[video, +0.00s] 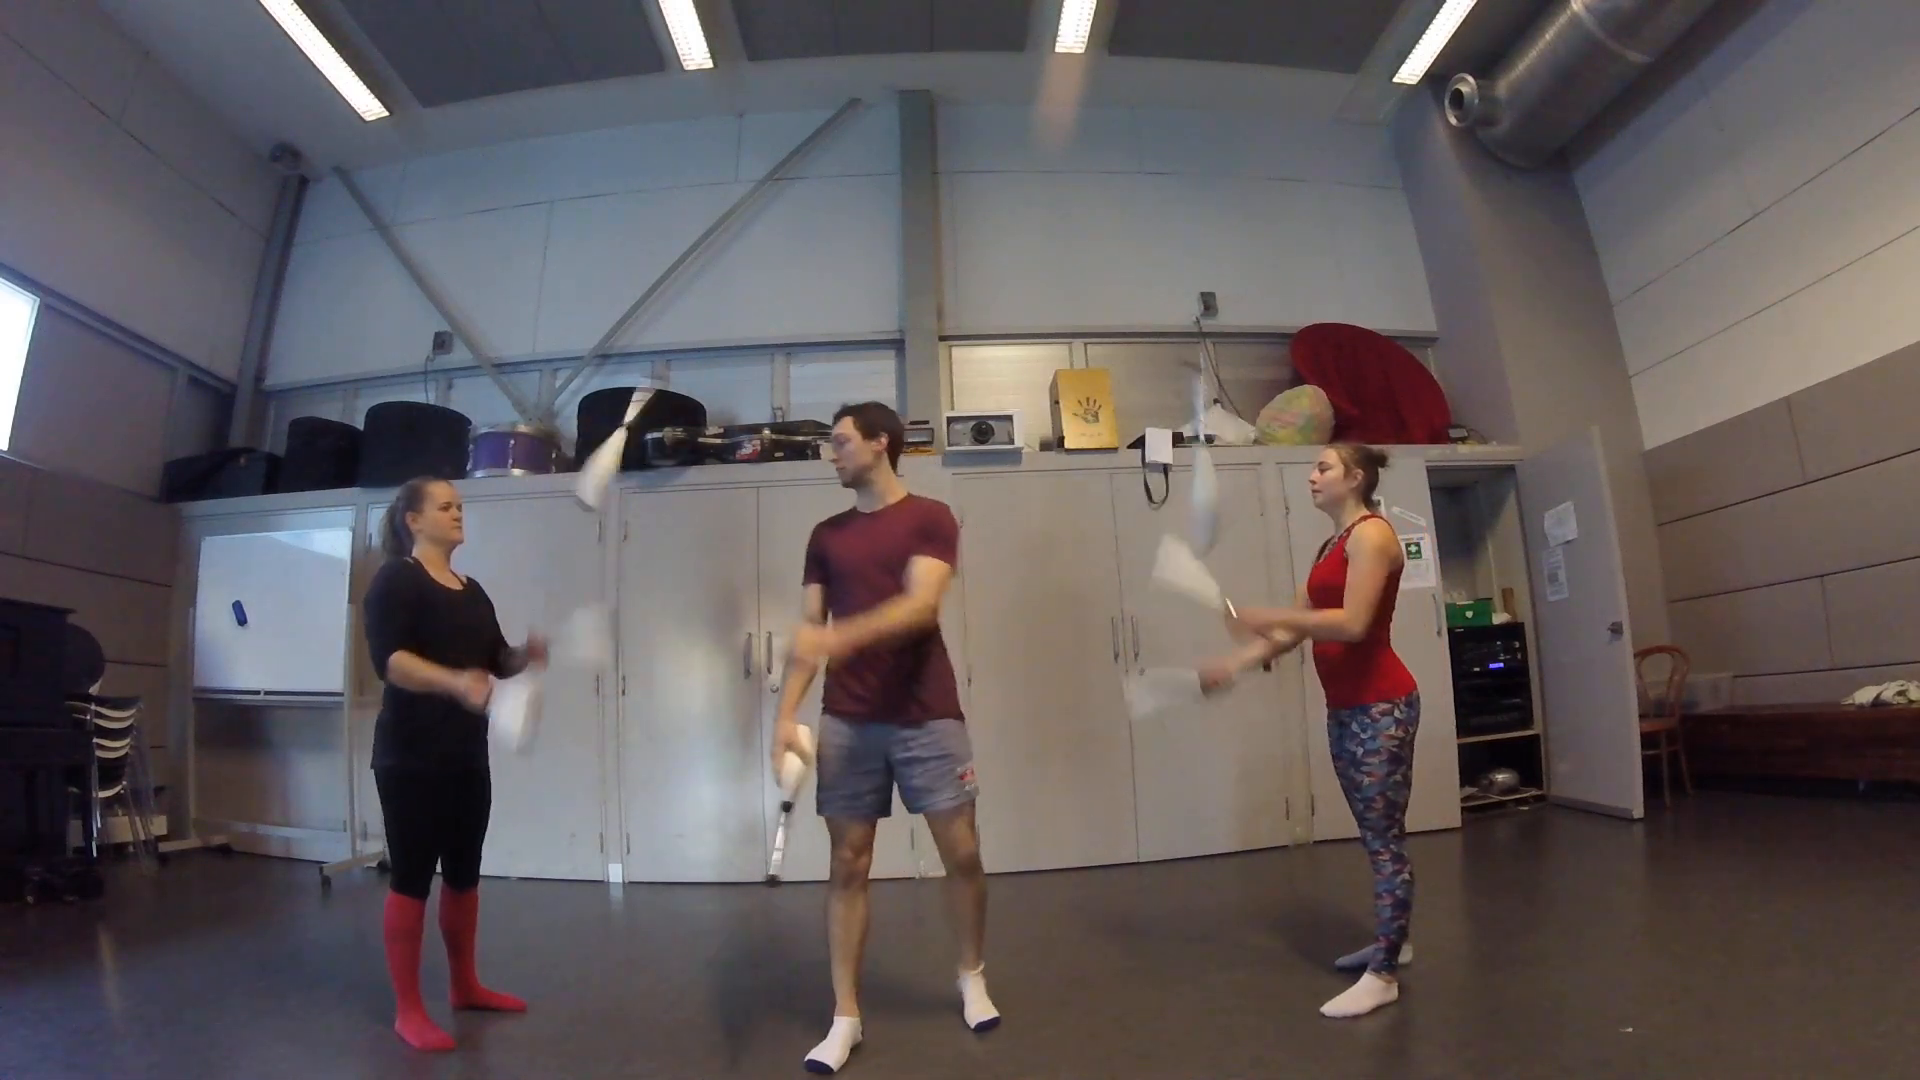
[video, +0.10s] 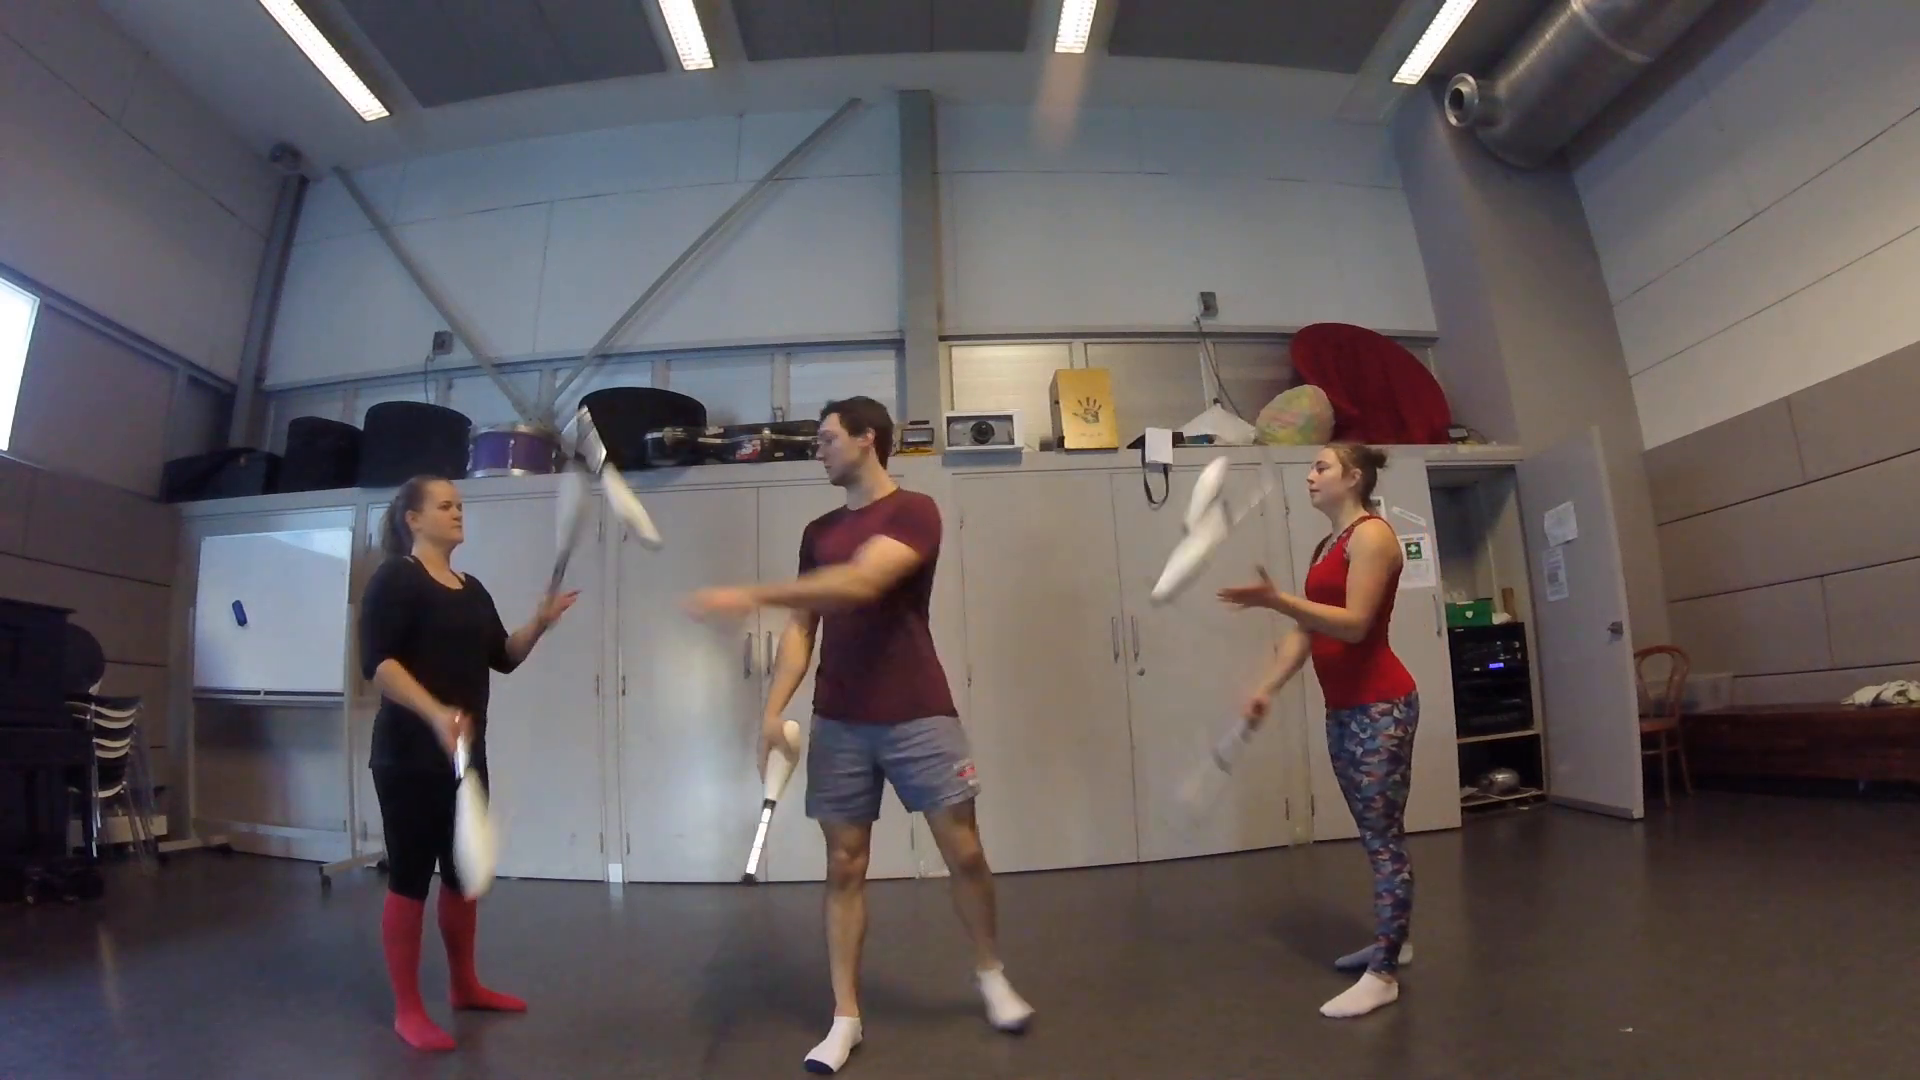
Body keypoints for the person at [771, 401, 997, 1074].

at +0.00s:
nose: (831, 453)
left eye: (842, 442)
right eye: (832, 443)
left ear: (882, 446)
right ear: (858, 451)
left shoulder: (931, 517)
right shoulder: (827, 535)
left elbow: (923, 607)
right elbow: (813, 632)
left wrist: (837, 638)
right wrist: (786, 716)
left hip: (926, 716)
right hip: (849, 722)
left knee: (964, 855)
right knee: (849, 865)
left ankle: (971, 973)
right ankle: (845, 1015)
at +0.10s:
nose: (818, 451)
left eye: (827, 440)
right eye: (817, 442)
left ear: (868, 442)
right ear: (855, 445)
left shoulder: (915, 511)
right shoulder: (820, 535)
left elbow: (863, 583)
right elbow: (802, 630)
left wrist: (755, 596)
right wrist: (774, 711)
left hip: (917, 714)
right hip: (839, 720)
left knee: (966, 854)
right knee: (844, 866)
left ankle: (990, 971)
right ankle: (845, 1018)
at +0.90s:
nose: (952, 444)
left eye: (952, 433)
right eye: (942, 433)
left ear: (921, 439)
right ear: (902, 436)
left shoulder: (943, 515)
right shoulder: (868, 523)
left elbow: (993, 587)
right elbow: (884, 636)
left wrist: (1030, 606)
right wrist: (926, 732)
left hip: (960, 710)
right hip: (888, 716)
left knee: (982, 854)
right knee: (874, 871)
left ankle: (992, 997)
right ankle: (849, 1016)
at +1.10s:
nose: (991, 444)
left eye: (989, 432)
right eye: (984, 431)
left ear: (941, 435)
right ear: (949, 434)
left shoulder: (914, 509)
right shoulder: (958, 511)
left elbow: (935, 612)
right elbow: (1028, 608)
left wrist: (998, 625)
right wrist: (1111, 664)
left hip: (949, 704)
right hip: (937, 709)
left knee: (976, 858)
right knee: (936, 866)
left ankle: (993, 999)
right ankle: (875, 1014)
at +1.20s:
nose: (1007, 445)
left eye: (1005, 433)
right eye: (1000, 433)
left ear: (954, 440)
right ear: (967, 437)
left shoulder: (911, 514)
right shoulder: (983, 506)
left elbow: (896, 615)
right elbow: (1078, 592)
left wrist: (980, 621)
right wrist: (1168, 626)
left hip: (929, 701)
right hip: (952, 706)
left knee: (978, 851)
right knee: (963, 871)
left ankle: (992, 996)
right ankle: (904, 1025)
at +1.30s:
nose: (1016, 445)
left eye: (1012, 433)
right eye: (1008, 433)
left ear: (958, 441)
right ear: (980, 437)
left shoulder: (917, 517)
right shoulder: (996, 504)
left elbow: (910, 623)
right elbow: (1108, 581)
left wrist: (995, 616)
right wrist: (1202, 608)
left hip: (933, 703)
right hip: (960, 708)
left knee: (984, 860)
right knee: (980, 876)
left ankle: (994, 995)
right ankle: (931, 1033)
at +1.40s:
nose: (1021, 440)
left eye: (1017, 427)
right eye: (1014, 428)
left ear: (964, 438)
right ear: (988, 432)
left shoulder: (932, 513)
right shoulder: (1005, 500)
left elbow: (987, 614)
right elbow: (1097, 592)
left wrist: (1072, 593)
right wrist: (1176, 587)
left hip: (940, 705)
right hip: (971, 711)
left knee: (983, 865)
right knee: (992, 884)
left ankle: (991, 993)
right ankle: (943, 1033)